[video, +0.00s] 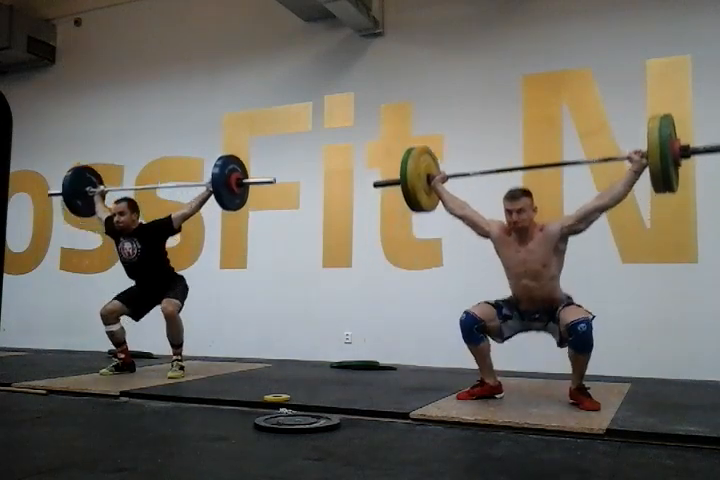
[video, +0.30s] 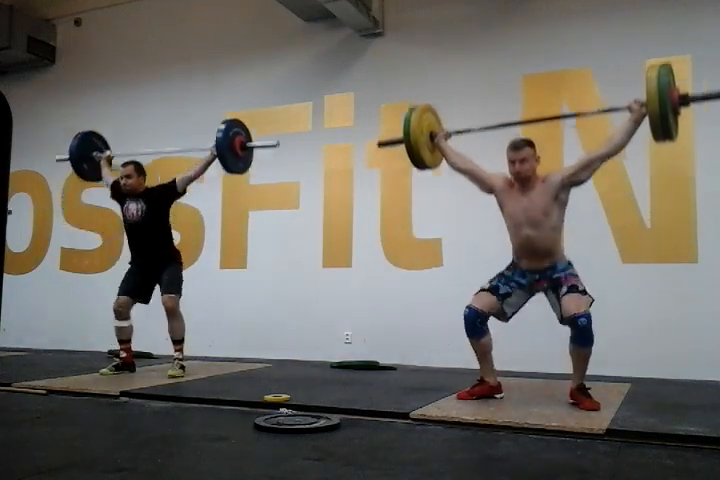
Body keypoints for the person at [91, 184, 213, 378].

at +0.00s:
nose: (117, 219)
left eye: (121, 215)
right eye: (114, 216)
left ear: (135, 215)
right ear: (113, 218)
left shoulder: (153, 230)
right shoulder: (117, 233)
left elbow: (188, 210)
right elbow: (102, 213)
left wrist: (210, 189)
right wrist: (97, 196)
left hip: (170, 284)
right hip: (144, 288)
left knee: (169, 310)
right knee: (108, 313)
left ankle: (177, 361)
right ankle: (124, 361)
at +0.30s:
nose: (123, 181)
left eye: (128, 177)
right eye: (122, 178)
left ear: (142, 179)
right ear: (121, 181)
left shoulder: (160, 194)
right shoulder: (123, 196)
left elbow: (191, 176)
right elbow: (109, 181)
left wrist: (213, 154)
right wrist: (105, 162)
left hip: (167, 261)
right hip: (140, 263)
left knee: (170, 304)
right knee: (121, 306)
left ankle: (178, 360)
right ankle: (125, 359)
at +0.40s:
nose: (129, 172)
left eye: (133, 168)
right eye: (128, 169)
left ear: (147, 169)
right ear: (128, 171)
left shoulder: (166, 185)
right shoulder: (128, 187)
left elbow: (194, 166)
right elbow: (112, 167)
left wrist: (216, 142)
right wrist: (108, 152)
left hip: (168, 258)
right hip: (141, 259)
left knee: (170, 304)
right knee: (128, 306)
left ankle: (182, 358)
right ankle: (126, 359)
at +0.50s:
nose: (139, 168)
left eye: (143, 164)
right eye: (137, 164)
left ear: (156, 164)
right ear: (135, 167)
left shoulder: (172, 182)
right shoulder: (135, 184)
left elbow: (200, 162)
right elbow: (118, 164)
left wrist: (219, 136)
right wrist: (111, 148)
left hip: (171, 257)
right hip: (145, 257)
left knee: (175, 306)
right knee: (136, 305)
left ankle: (182, 359)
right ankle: (128, 358)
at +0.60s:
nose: (148, 165)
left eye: (153, 161)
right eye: (146, 162)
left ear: (165, 164)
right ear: (145, 165)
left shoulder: (179, 183)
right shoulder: (142, 184)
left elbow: (204, 164)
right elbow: (124, 167)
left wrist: (220, 138)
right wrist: (113, 149)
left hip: (175, 257)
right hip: (148, 257)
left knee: (177, 308)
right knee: (136, 305)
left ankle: (182, 359)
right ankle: (135, 357)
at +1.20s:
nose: (162, 177)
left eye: (166, 173)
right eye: (159, 173)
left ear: (177, 174)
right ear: (158, 175)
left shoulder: (194, 197)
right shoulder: (155, 201)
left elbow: (215, 217)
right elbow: (136, 223)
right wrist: (119, 242)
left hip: (182, 261)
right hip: (159, 260)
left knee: (174, 308)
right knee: (140, 307)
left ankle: (182, 359)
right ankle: (146, 358)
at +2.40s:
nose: (144, 181)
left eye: (149, 176)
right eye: (142, 177)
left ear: (161, 178)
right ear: (141, 180)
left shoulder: (179, 202)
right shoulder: (140, 207)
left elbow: (199, 229)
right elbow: (127, 234)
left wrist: (215, 255)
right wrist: (114, 258)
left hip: (183, 264)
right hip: (158, 263)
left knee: (177, 308)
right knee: (141, 308)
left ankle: (182, 360)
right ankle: (146, 358)